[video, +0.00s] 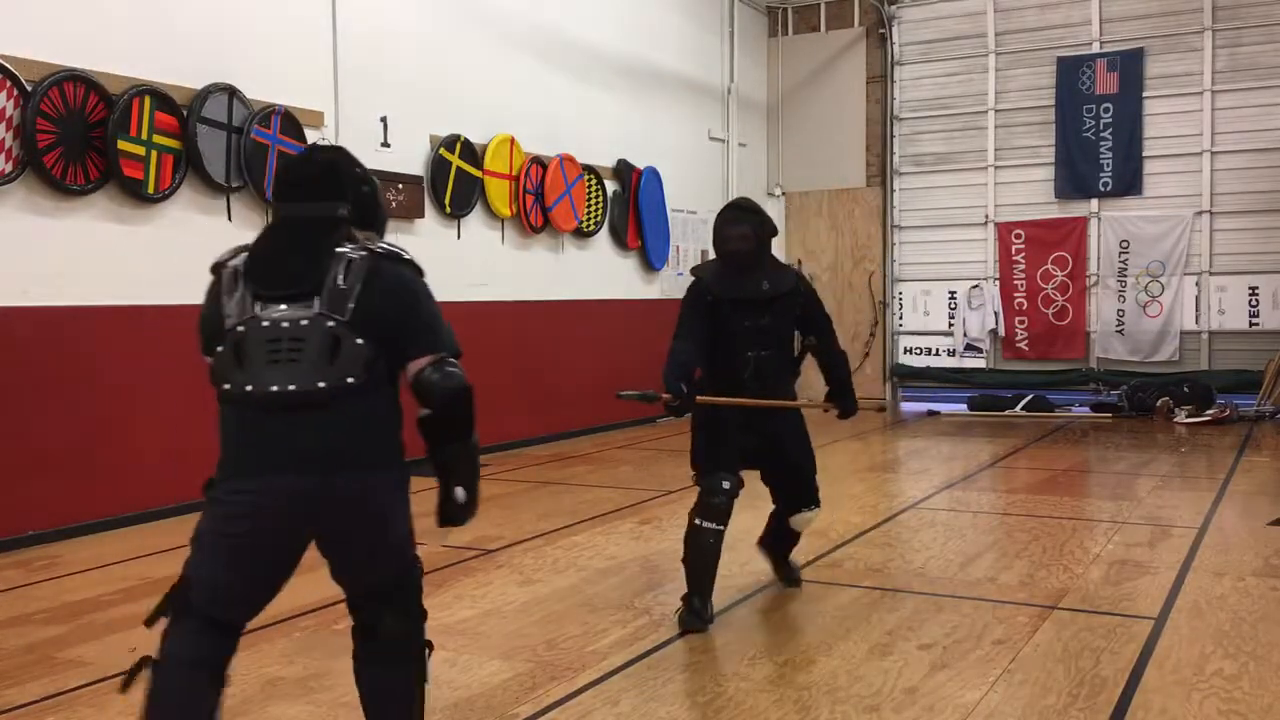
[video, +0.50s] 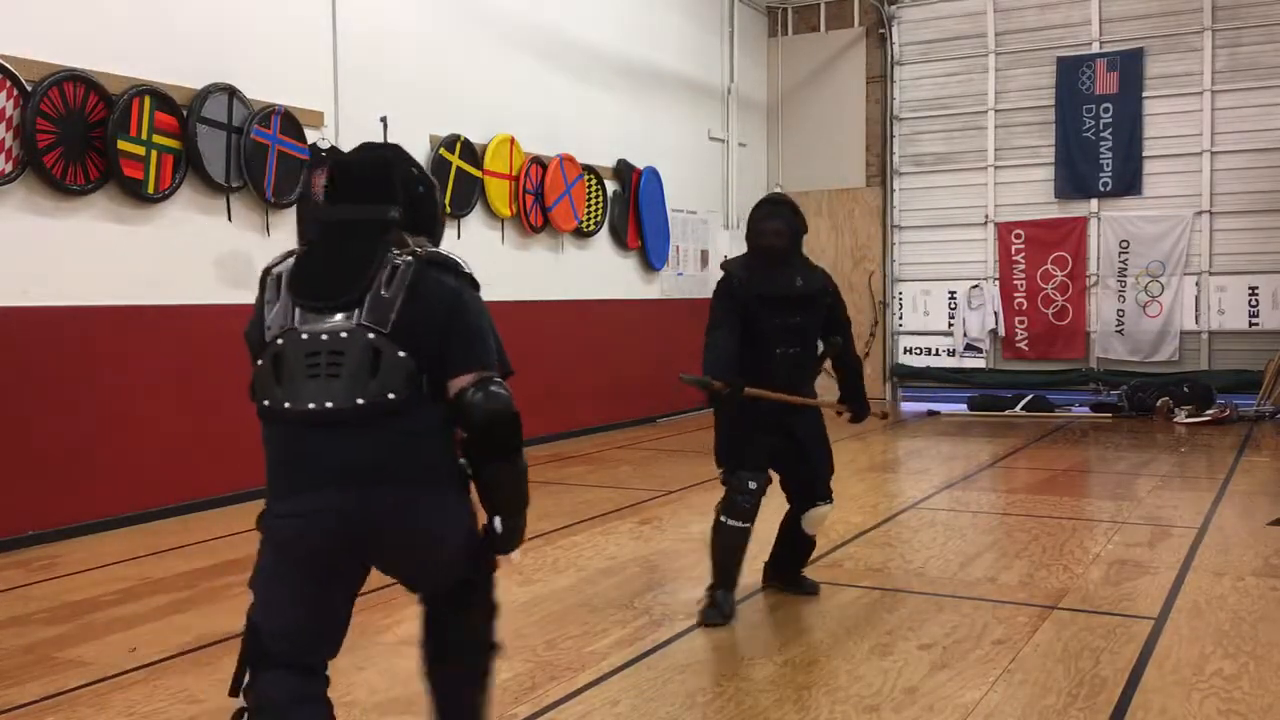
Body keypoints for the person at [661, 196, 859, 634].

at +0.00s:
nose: (737, 251)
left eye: (745, 241)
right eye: (728, 242)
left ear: (764, 240)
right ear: (716, 243)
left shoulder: (790, 285)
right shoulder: (707, 287)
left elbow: (823, 338)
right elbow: (686, 341)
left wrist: (842, 390)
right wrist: (676, 382)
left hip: (776, 407)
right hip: (719, 406)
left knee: (802, 502)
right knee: (716, 494)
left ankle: (776, 546)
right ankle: (698, 597)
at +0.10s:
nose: (735, 250)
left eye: (744, 240)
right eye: (727, 241)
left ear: (764, 240)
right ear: (715, 242)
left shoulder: (790, 286)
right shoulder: (706, 288)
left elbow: (822, 341)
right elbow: (685, 341)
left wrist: (840, 393)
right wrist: (677, 381)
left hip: (774, 408)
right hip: (717, 407)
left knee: (799, 508)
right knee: (715, 497)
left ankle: (770, 551)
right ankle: (696, 598)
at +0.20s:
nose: (740, 245)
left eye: (749, 236)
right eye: (732, 235)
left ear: (769, 236)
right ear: (721, 236)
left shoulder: (795, 284)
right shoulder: (711, 281)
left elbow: (825, 344)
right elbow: (690, 333)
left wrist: (839, 394)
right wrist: (685, 372)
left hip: (776, 407)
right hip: (719, 404)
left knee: (805, 503)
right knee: (717, 496)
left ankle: (779, 557)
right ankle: (696, 597)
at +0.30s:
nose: (750, 244)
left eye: (760, 234)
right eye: (742, 234)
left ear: (780, 235)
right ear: (731, 236)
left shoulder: (803, 283)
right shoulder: (719, 282)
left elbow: (830, 345)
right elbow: (700, 333)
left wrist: (842, 397)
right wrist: (697, 369)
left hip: (783, 406)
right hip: (727, 403)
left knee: (807, 501)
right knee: (724, 494)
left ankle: (782, 570)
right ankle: (696, 595)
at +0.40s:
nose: (762, 234)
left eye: (772, 225)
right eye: (755, 225)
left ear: (791, 232)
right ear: (743, 231)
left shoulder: (812, 284)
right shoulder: (730, 280)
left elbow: (837, 346)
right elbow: (712, 335)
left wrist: (848, 398)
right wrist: (710, 376)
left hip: (791, 405)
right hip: (737, 403)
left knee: (813, 502)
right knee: (734, 494)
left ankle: (783, 570)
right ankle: (702, 594)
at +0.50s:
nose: (770, 243)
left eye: (779, 234)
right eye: (762, 234)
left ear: (797, 235)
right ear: (749, 236)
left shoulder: (817, 283)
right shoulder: (737, 279)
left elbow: (841, 343)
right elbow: (721, 332)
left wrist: (854, 393)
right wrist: (719, 375)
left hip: (797, 405)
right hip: (744, 402)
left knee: (814, 501)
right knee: (743, 493)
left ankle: (782, 570)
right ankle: (721, 589)